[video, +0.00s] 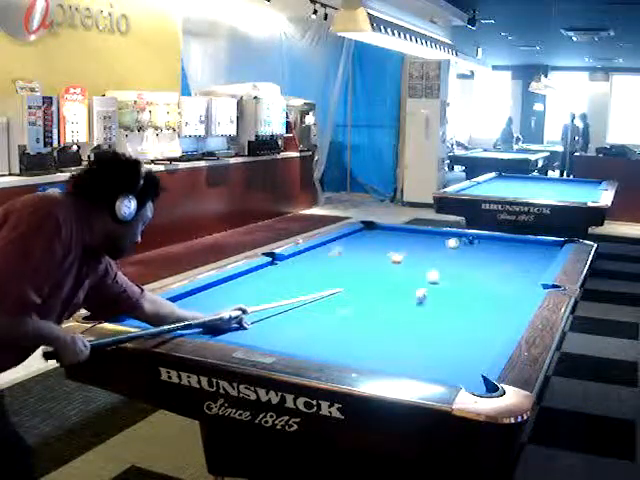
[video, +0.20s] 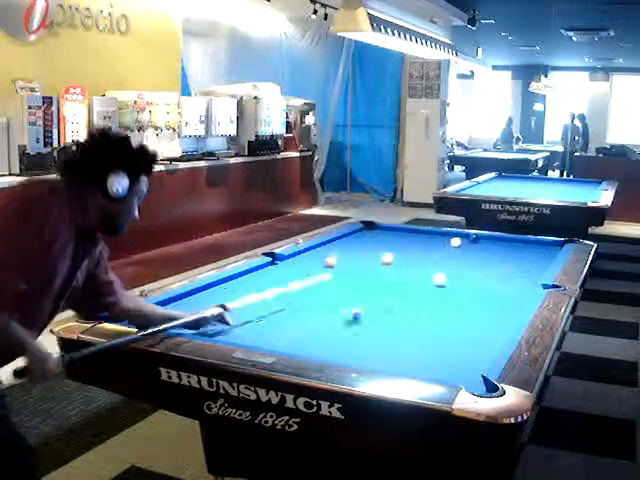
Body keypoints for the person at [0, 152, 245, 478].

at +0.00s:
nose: (141, 236)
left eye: (146, 226)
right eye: (143, 223)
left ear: (121, 209)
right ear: (122, 207)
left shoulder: (87, 255)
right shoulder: (45, 218)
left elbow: (141, 302)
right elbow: (8, 315)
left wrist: (208, 321)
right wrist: (55, 336)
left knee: (18, 457)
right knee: (16, 457)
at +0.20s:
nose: (137, 214)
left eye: (141, 202)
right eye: (137, 200)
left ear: (113, 188)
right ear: (113, 186)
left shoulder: (85, 237)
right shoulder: (33, 214)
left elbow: (111, 305)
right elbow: (3, 308)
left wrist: (190, 321)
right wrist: (32, 349)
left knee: (18, 458)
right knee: (17, 458)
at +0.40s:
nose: (128, 178)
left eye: (129, 165)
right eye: (125, 164)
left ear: (96, 158)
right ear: (97, 158)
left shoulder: (68, 202)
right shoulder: (29, 199)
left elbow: (63, 295)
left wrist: (129, 310)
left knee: (22, 455)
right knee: (21, 456)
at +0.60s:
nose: (98, 135)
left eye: (97, 123)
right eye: (93, 122)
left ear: (66, 124)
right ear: (63, 122)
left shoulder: (47, 182)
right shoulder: (10, 181)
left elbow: (18, 277)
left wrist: (65, 316)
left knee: (20, 455)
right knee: (19, 457)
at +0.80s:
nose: (57, 102)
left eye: (55, 92)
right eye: (48, 92)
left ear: (24, 98)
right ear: (14, 96)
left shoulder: (24, 169)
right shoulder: (4, 171)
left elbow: (29, 245)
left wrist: (41, 300)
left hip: (1, 355)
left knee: (15, 460)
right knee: (19, 461)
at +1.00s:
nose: (25, 87)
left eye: (19, 73)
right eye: (14, 73)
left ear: (11, 82)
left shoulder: (10, 163)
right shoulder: (6, 164)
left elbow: (26, 242)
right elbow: (23, 241)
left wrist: (59, 301)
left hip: (6, 362)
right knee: (22, 466)